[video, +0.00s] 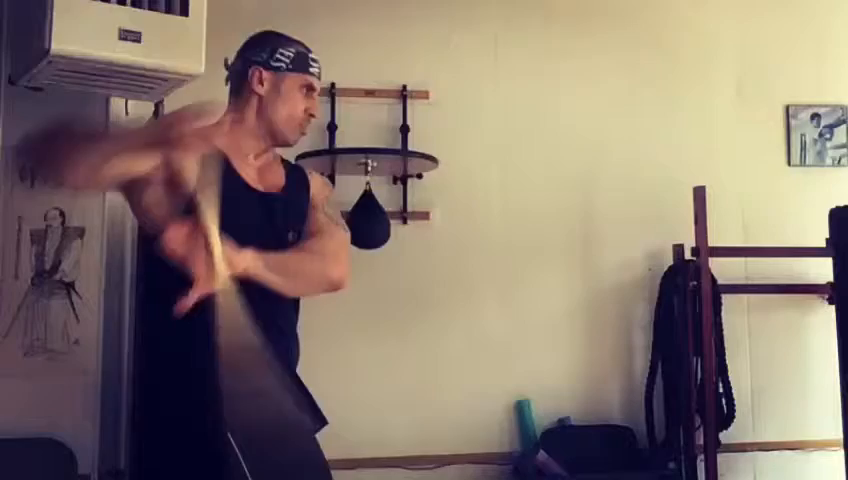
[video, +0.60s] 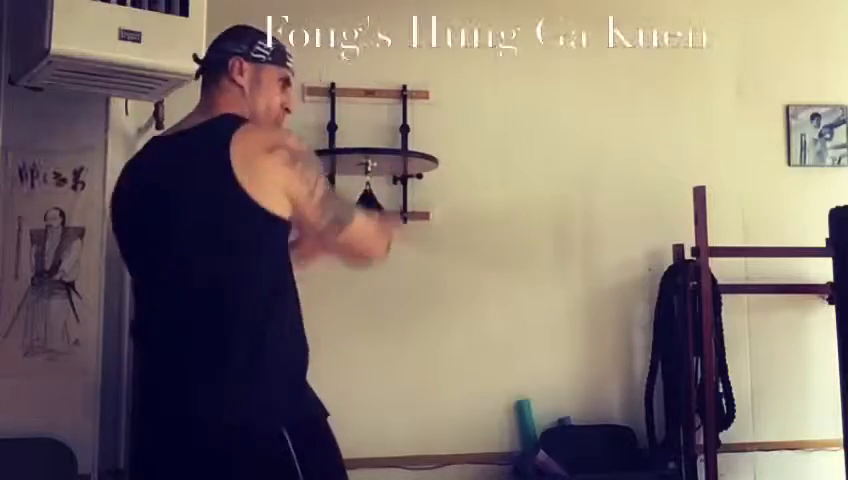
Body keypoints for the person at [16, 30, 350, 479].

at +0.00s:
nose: (315, 108)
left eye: (316, 95)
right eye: (306, 90)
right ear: (260, 80)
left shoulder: (309, 187)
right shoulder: (184, 153)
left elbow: (334, 269)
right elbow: (45, 161)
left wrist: (244, 259)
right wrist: (160, 144)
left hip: (268, 414)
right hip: (180, 409)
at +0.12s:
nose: (315, 110)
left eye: (316, 97)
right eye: (306, 91)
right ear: (260, 84)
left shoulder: (305, 187)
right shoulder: (188, 153)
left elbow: (335, 267)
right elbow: (76, 132)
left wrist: (251, 250)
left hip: (276, 418)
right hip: (185, 419)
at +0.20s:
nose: (304, 120)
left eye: (309, 105)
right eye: (298, 100)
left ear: (307, 102)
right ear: (251, 89)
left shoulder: (283, 185)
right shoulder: (184, 155)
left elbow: (337, 267)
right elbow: (196, 86)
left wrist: (276, 236)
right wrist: (324, 132)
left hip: (274, 412)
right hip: (186, 412)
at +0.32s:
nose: (296, 113)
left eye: (297, 102)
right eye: (289, 97)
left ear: (245, 89)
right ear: (247, 87)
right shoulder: (221, 138)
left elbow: (283, 298)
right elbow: (388, 137)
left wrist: (326, 233)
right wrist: (398, 245)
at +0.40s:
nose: (296, 114)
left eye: (297, 102)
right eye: (290, 98)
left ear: (244, 86)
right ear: (250, 83)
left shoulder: (150, 169)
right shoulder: (262, 137)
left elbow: (225, 288)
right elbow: (392, 174)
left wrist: (334, 255)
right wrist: (386, 227)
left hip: (161, 411)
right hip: (247, 412)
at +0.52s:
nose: (295, 111)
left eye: (297, 96)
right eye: (289, 91)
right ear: (247, 76)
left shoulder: (136, 170)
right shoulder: (274, 140)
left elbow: (171, 276)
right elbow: (374, 193)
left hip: (163, 406)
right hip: (258, 408)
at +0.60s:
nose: (289, 103)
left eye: (289, 88)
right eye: (282, 83)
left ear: (233, 76)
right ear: (239, 72)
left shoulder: (135, 171)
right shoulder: (268, 148)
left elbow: (207, 272)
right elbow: (366, 242)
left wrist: (304, 248)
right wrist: (380, 228)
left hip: (165, 410)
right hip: (263, 412)